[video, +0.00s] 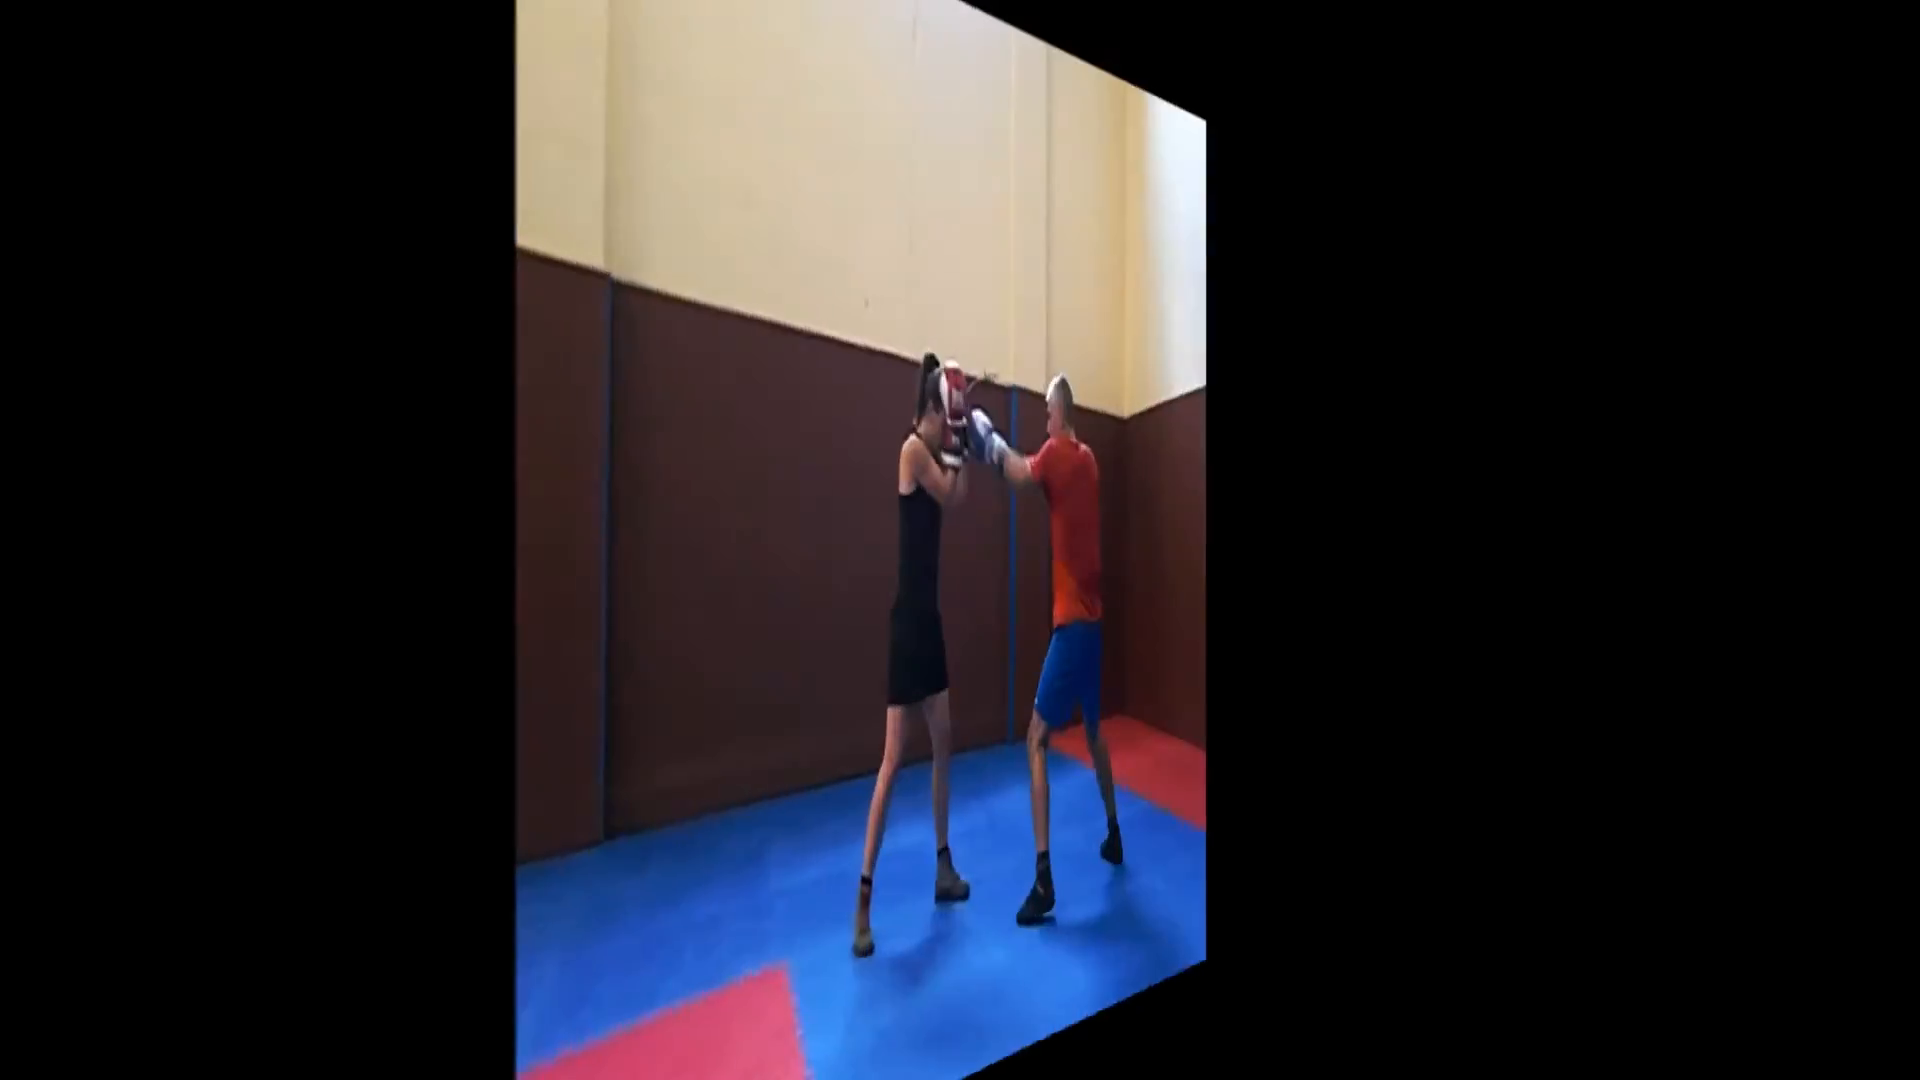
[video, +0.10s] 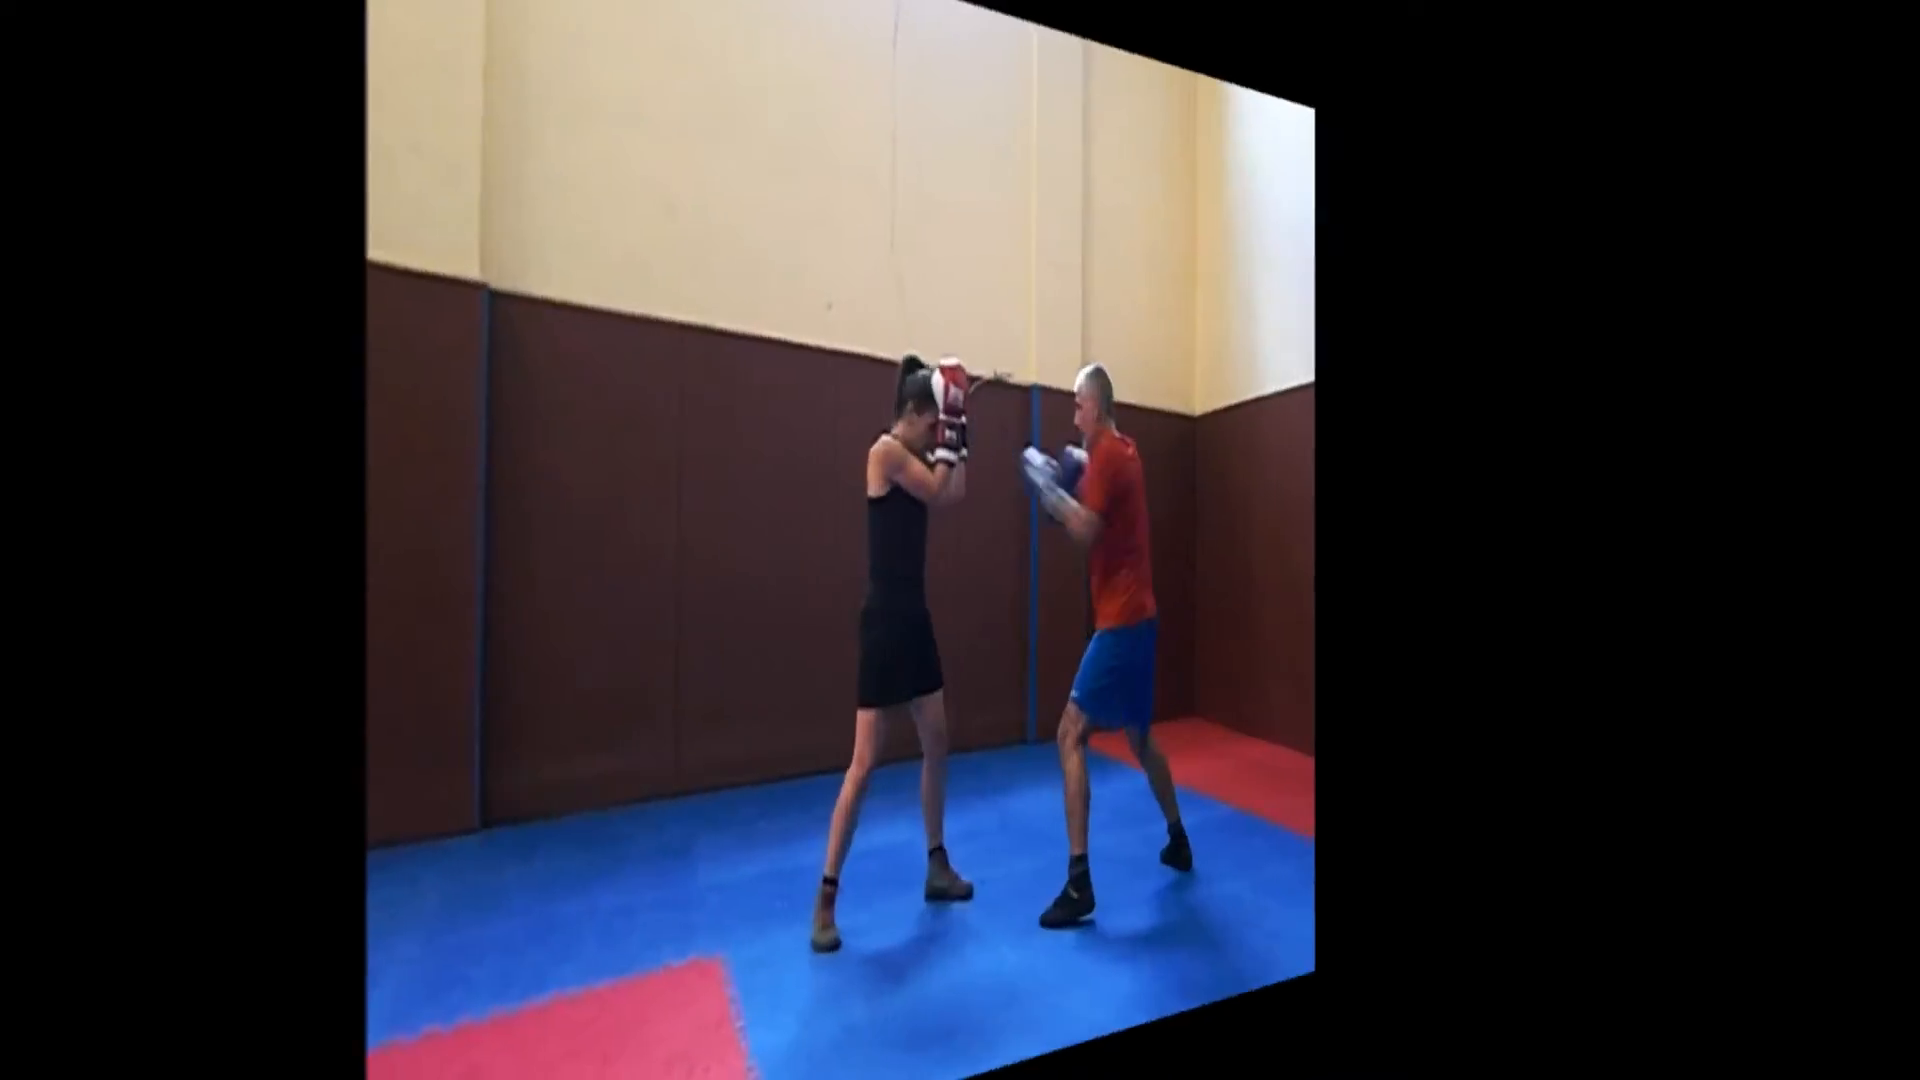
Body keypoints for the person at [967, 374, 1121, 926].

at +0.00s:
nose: (1044, 416)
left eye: (1046, 408)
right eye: (1047, 409)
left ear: (1053, 412)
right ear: (1074, 415)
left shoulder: (1059, 454)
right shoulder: (1081, 458)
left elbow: (1016, 473)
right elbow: (1022, 469)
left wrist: (981, 432)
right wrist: (988, 438)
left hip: (1071, 627)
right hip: (1091, 623)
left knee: (1035, 739)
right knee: (1094, 734)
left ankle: (1043, 880)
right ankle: (1113, 835)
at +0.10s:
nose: (1074, 412)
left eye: (1080, 403)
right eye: (1075, 403)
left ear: (1101, 405)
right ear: (1099, 405)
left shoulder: (1106, 456)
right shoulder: (1118, 449)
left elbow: (1085, 529)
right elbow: (1091, 516)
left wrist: (1047, 490)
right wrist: (1060, 481)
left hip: (1120, 621)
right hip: (1133, 617)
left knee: (1070, 735)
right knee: (1140, 737)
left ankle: (1078, 884)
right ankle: (1178, 839)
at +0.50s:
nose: (1148, 405)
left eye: (1155, 392)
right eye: (1147, 393)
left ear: (1186, 391)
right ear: (1195, 393)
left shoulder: (1205, 439)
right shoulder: (1242, 435)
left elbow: (1188, 514)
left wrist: (1112, 476)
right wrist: (1151, 458)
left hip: (1218, 626)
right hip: (1273, 622)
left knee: (1132, 748)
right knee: (1291, 751)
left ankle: (1160, 901)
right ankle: (1355, 870)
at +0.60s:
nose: (1146, 410)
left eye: (1152, 399)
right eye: (1146, 400)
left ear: (1182, 397)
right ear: (1205, 399)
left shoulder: (1168, 436)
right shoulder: (1267, 441)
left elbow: (1067, 448)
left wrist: (985, 429)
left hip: (1215, 627)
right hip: (1287, 623)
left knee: (1133, 753)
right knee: (1306, 748)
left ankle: (1162, 906)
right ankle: (1359, 877)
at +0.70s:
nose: (1157, 420)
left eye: (1161, 409)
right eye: (1157, 410)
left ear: (1186, 408)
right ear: (1219, 407)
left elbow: (1076, 449)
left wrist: (994, 430)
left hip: (1223, 631)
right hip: (1293, 627)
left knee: (1135, 758)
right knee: (1317, 754)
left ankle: (1163, 911)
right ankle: (1365, 883)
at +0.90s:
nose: (1180, 400)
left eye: (1185, 387)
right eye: (1179, 389)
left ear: (1217, 385)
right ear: (1237, 387)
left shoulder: (1220, 437)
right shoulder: (1287, 435)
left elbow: (1182, 506)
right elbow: (1243, 496)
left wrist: (1127, 475)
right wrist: (1177, 461)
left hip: (1251, 619)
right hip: (1307, 612)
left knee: (1161, 740)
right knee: (1312, 750)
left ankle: (1164, 896)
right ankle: (1364, 883)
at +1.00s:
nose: (1185, 406)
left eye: (1190, 392)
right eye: (1182, 394)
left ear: (1223, 387)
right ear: (1229, 389)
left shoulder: (1255, 435)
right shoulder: (1259, 435)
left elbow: (1191, 504)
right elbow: (1195, 498)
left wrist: (1158, 441)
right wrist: (1162, 447)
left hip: (1267, 619)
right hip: (1300, 618)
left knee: (1174, 737)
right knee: (1305, 753)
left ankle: (1178, 897)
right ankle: (1366, 881)